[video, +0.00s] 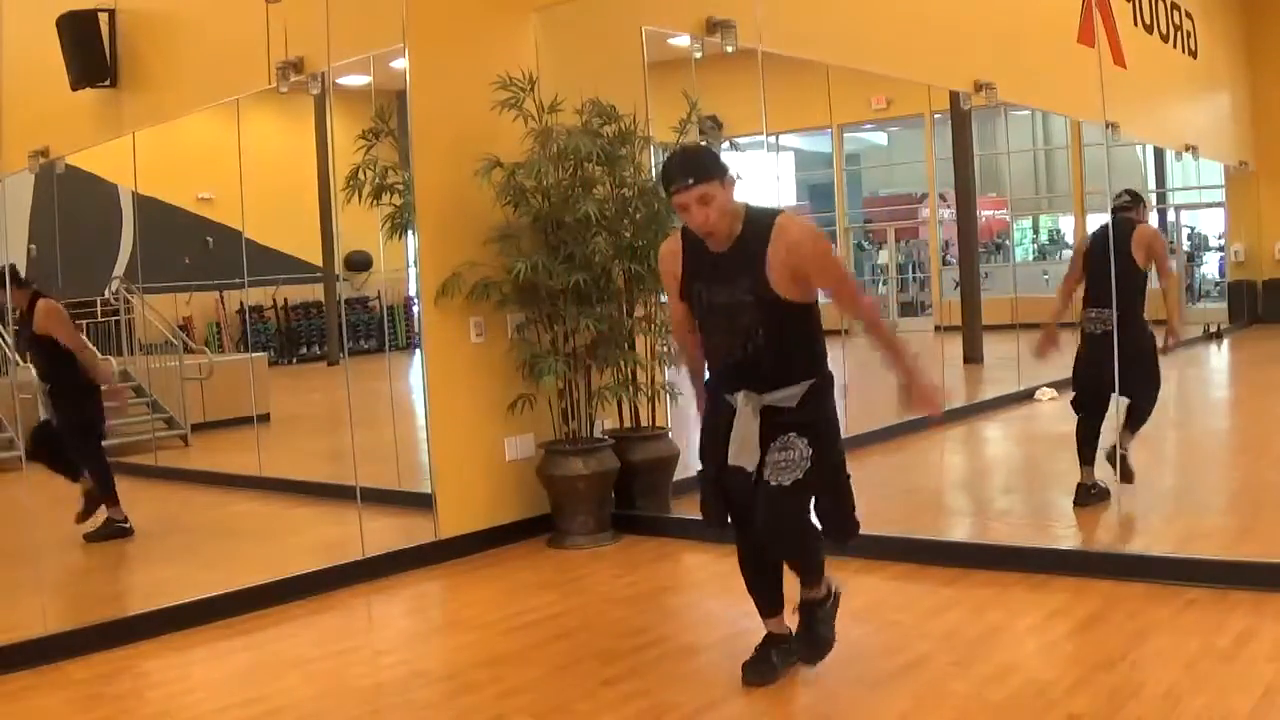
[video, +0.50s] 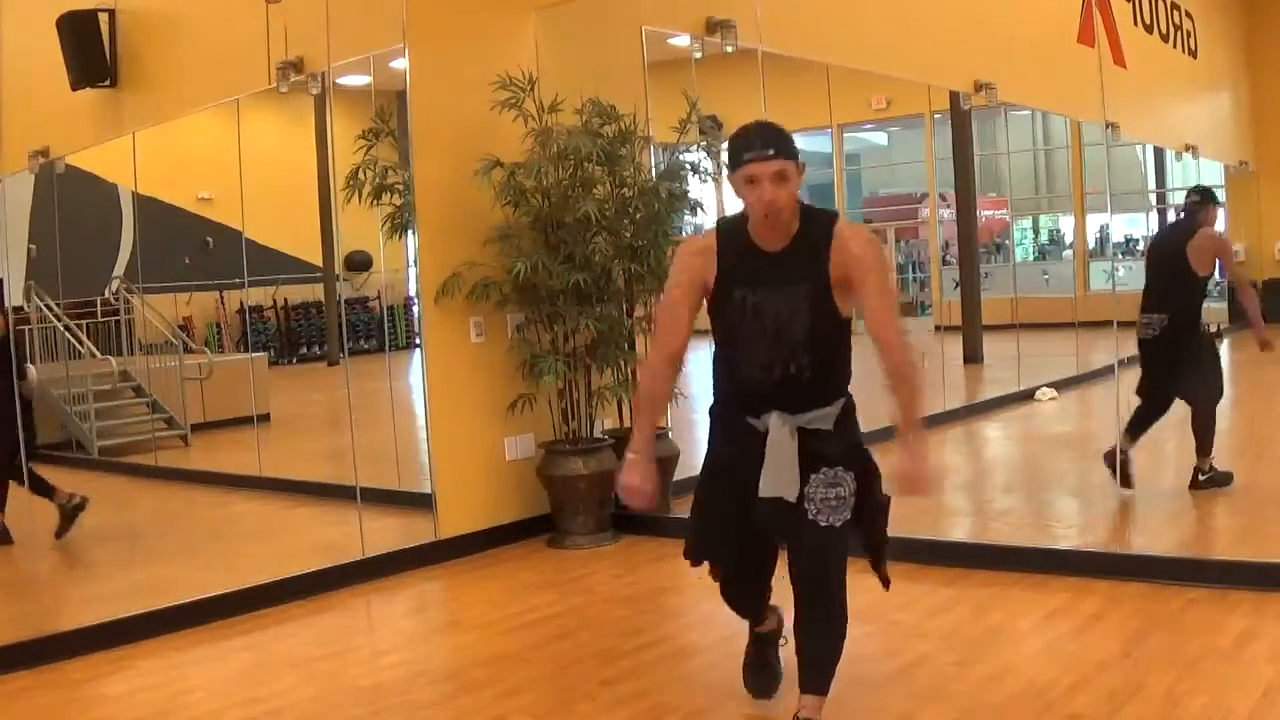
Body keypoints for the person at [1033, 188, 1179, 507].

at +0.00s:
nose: (1146, 218)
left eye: (1145, 214)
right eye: (1146, 213)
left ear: (1114, 211)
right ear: (1140, 211)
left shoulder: (1089, 241)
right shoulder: (1147, 234)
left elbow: (1068, 285)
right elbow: (1167, 279)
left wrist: (1051, 324)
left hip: (1092, 337)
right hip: (1131, 334)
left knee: (1090, 407)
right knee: (1146, 390)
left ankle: (1087, 482)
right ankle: (1122, 444)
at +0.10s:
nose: (1163, 218)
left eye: (1161, 213)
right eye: (1161, 213)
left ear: (1129, 213)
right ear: (1153, 212)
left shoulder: (1105, 235)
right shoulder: (1154, 230)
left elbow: (1067, 251)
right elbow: (1167, 244)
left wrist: (1035, 267)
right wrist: (1171, 239)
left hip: (1099, 336)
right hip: (1136, 336)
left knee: (1094, 405)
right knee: (1160, 394)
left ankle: (1087, 482)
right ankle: (1151, 464)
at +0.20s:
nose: (1176, 224)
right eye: (1173, 217)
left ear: (1144, 212)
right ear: (1168, 216)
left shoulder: (1117, 236)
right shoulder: (1165, 240)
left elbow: (1077, 235)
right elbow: (1177, 214)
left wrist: (1031, 240)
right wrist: (1172, 194)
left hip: (1109, 339)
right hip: (1146, 338)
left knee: (1098, 408)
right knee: (1168, 399)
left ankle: (1088, 480)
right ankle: (1186, 460)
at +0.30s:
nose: (1204, 236)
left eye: (1203, 229)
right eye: (1200, 227)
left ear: (1162, 218)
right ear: (1184, 219)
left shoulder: (1133, 242)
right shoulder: (1182, 247)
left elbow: (1094, 244)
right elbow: (1193, 217)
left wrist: (1049, 251)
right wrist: (1184, 205)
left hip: (1125, 344)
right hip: (1161, 344)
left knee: (1107, 409)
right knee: (1183, 407)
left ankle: (1090, 478)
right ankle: (1200, 468)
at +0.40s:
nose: (1207, 223)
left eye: (1207, 218)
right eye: (1206, 217)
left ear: (1177, 212)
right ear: (1198, 215)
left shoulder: (1145, 243)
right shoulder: (1200, 242)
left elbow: (1108, 273)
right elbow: (1227, 265)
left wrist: (1076, 302)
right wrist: (1240, 297)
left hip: (1136, 341)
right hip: (1174, 340)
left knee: (1127, 405)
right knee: (1195, 402)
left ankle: (1099, 465)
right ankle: (1203, 469)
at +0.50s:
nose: (1216, 217)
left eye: (1216, 212)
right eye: (1215, 211)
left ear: (1187, 208)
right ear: (1207, 210)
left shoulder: (1158, 239)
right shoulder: (1212, 239)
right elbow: (1241, 285)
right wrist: (1261, 331)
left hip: (1150, 335)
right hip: (1183, 335)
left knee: (1158, 399)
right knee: (1205, 396)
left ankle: (1121, 449)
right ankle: (1204, 469)